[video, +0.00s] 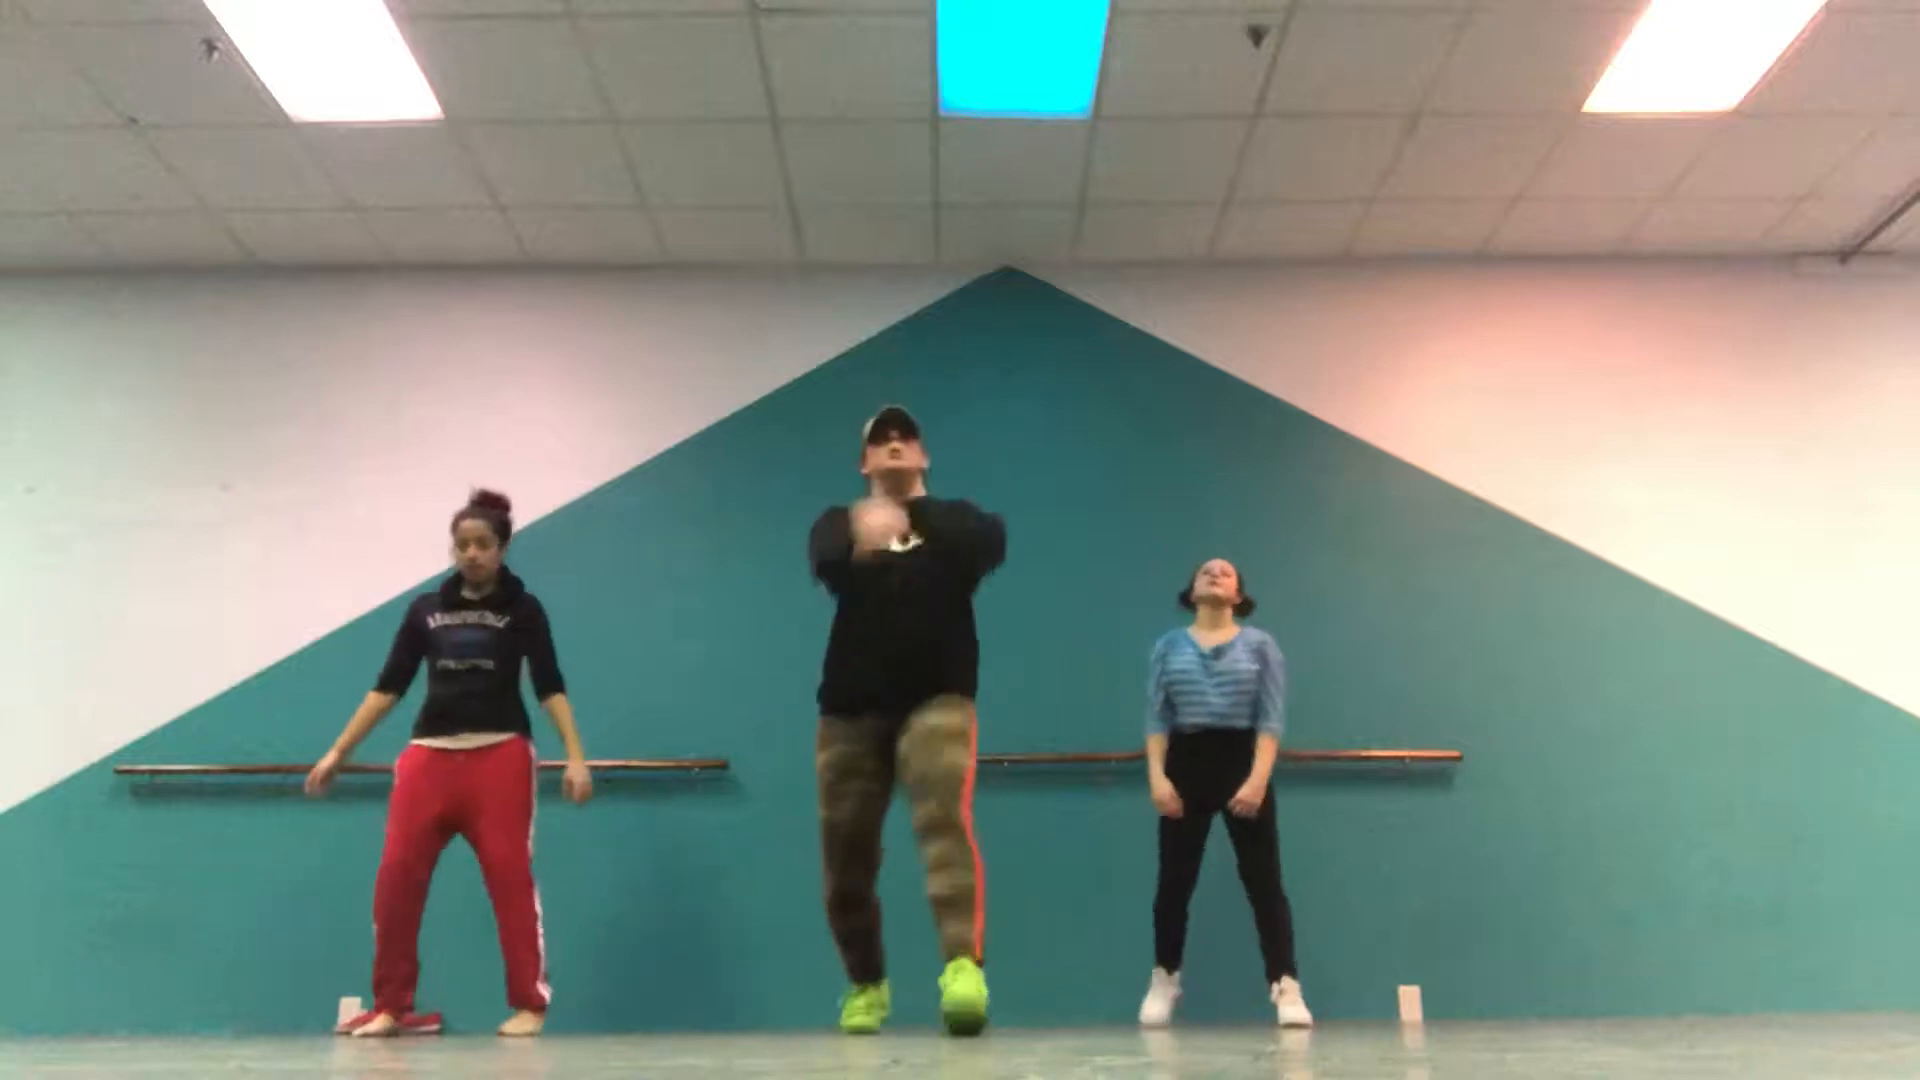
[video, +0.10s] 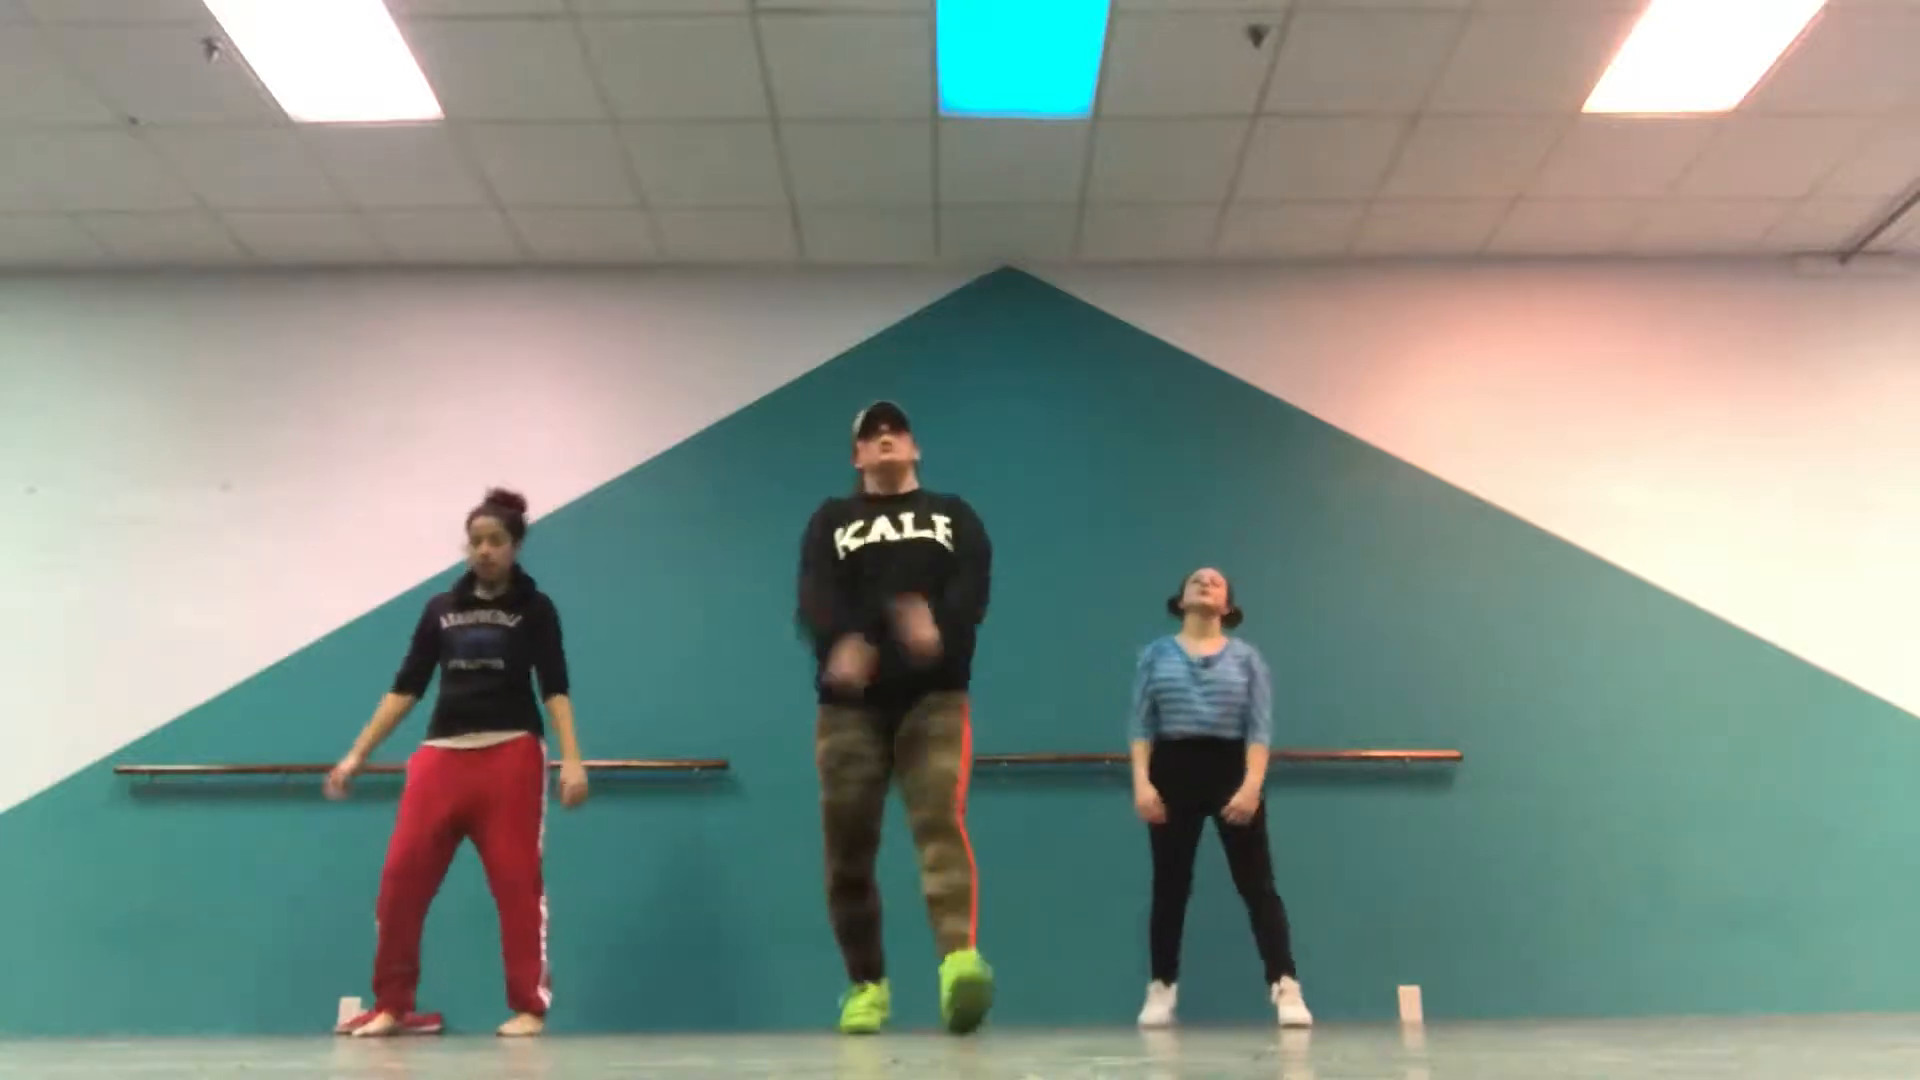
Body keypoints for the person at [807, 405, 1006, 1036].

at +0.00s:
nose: (895, 447)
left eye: (905, 440)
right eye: (883, 442)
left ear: (924, 458)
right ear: (865, 464)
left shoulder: (953, 514)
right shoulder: (843, 520)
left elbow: (988, 543)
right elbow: (824, 552)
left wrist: (913, 515)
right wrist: (861, 532)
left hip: (937, 691)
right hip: (853, 696)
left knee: (942, 821)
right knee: (845, 842)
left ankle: (962, 964)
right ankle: (865, 983)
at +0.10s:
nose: (885, 442)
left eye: (895, 434)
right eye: (872, 437)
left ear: (914, 449)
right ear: (857, 456)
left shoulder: (952, 514)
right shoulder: (833, 517)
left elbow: (972, 586)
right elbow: (814, 594)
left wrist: (940, 621)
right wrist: (839, 640)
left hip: (933, 696)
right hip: (851, 700)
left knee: (940, 823)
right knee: (848, 844)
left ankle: (959, 961)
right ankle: (866, 984)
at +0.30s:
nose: (884, 447)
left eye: (894, 439)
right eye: (873, 442)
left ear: (913, 456)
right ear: (857, 461)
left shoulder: (951, 526)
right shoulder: (829, 530)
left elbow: (986, 614)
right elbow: (790, 617)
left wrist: (1020, 693)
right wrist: (758, 697)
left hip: (933, 702)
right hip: (849, 705)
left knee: (945, 836)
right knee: (853, 845)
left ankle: (947, 964)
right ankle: (866, 984)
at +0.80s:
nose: (929, 499)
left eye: (939, 490)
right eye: (918, 493)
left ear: (957, 508)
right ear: (903, 512)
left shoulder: (984, 577)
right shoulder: (872, 570)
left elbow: (981, 653)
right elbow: (850, 651)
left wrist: (950, 702)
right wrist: (855, 720)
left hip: (941, 726)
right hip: (870, 724)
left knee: (942, 862)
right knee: (864, 853)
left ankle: (930, 988)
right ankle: (862, 977)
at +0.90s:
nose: (926, 485)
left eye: (936, 476)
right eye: (916, 478)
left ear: (954, 492)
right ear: (902, 494)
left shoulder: (980, 558)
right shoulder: (876, 550)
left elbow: (971, 615)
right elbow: (856, 606)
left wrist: (898, 607)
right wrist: (900, 634)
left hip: (945, 724)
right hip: (873, 718)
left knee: (940, 855)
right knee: (860, 846)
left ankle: (931, 983)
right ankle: (866, 967)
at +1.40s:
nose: (919, 477)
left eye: (930, 468)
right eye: (909, 467)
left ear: (945, 481)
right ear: (891, 480)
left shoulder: (965, 533)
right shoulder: (861, 539)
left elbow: (958, 587)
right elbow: (852, 619)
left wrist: (923, 606)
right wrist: (877, 686)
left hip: (947, 698)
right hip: (875, 702)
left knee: (934, 815)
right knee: (888, 846)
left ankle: (930, 946)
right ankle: (916, 973)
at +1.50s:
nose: (929, 466)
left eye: (940, 460)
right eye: (919, 458)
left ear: (954, 475)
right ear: (900, 472)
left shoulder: (976, 534)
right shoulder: (862, 532)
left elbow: (984, 604)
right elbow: (821, 610)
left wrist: (971, 663)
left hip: (940, 699)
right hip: (862, 703)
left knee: (935, 833)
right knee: (864, 842)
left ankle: (933, 972)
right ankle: (903, 941)